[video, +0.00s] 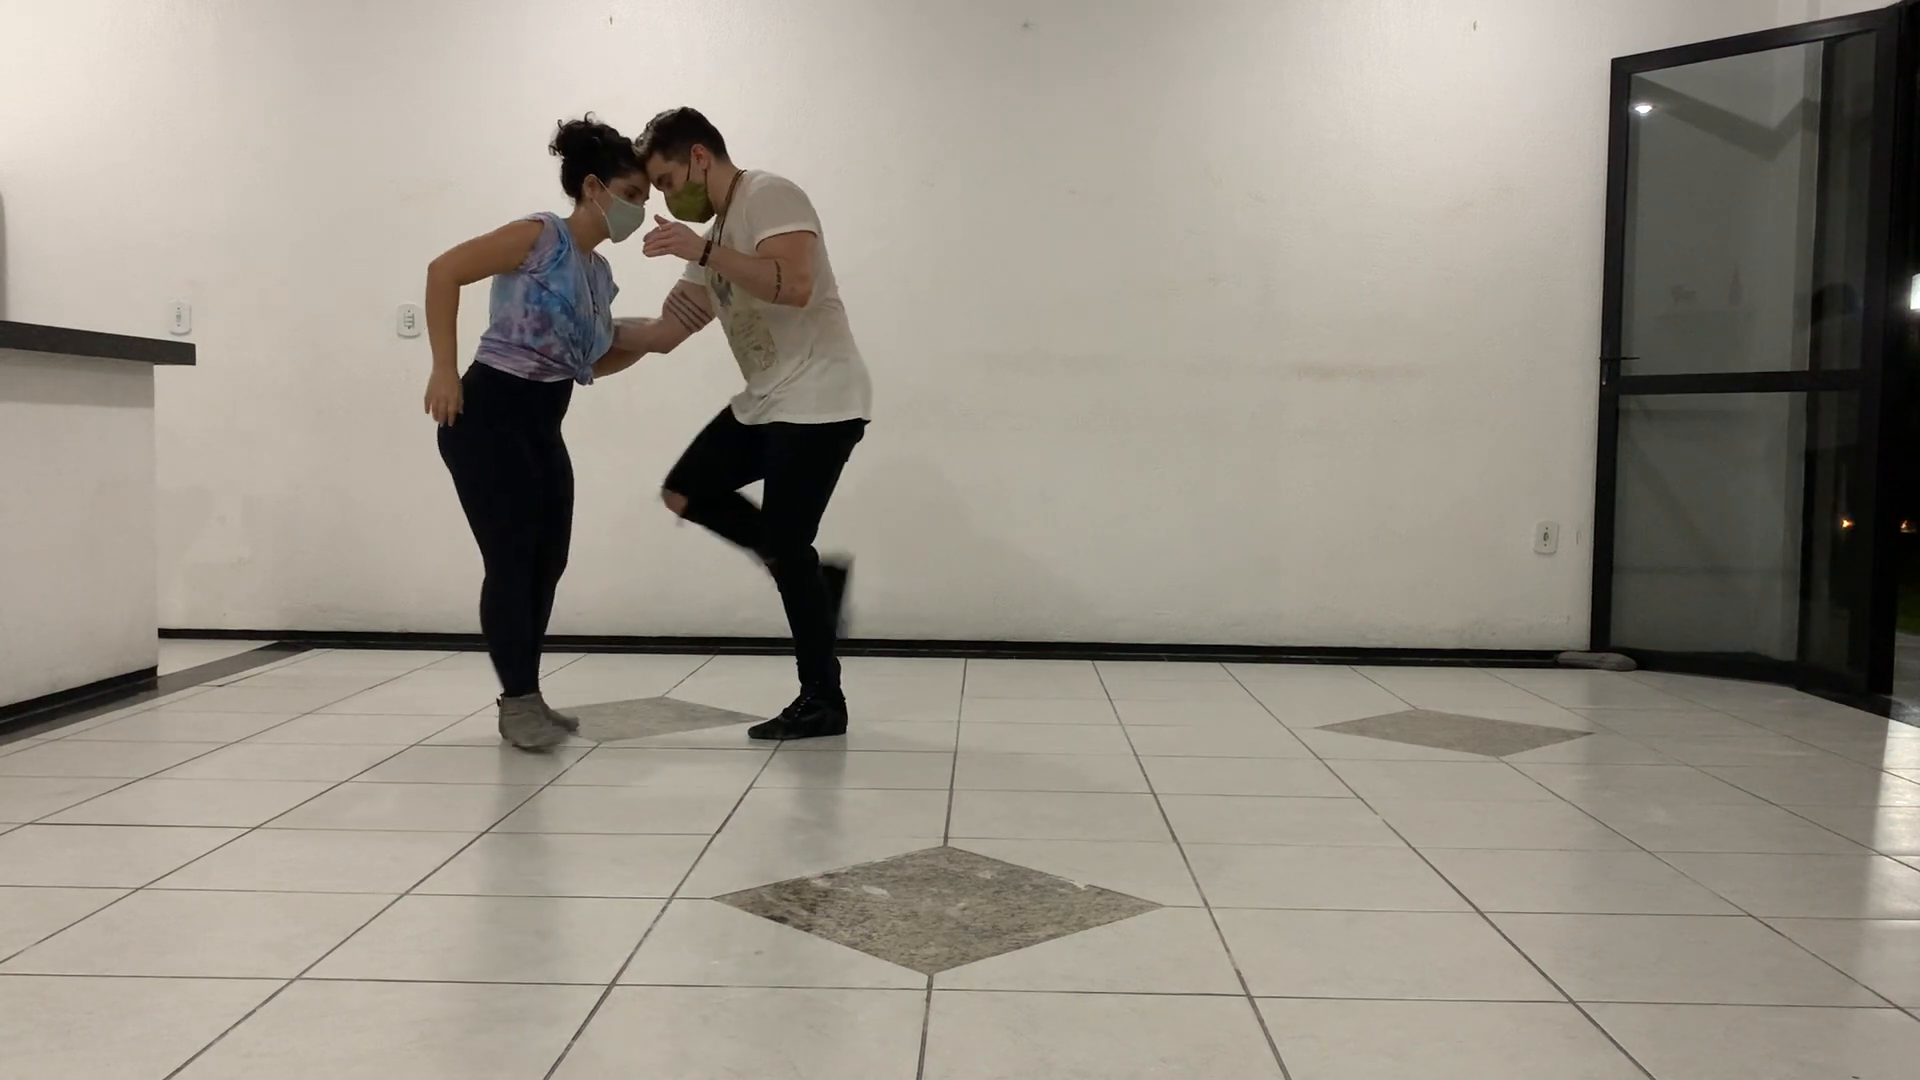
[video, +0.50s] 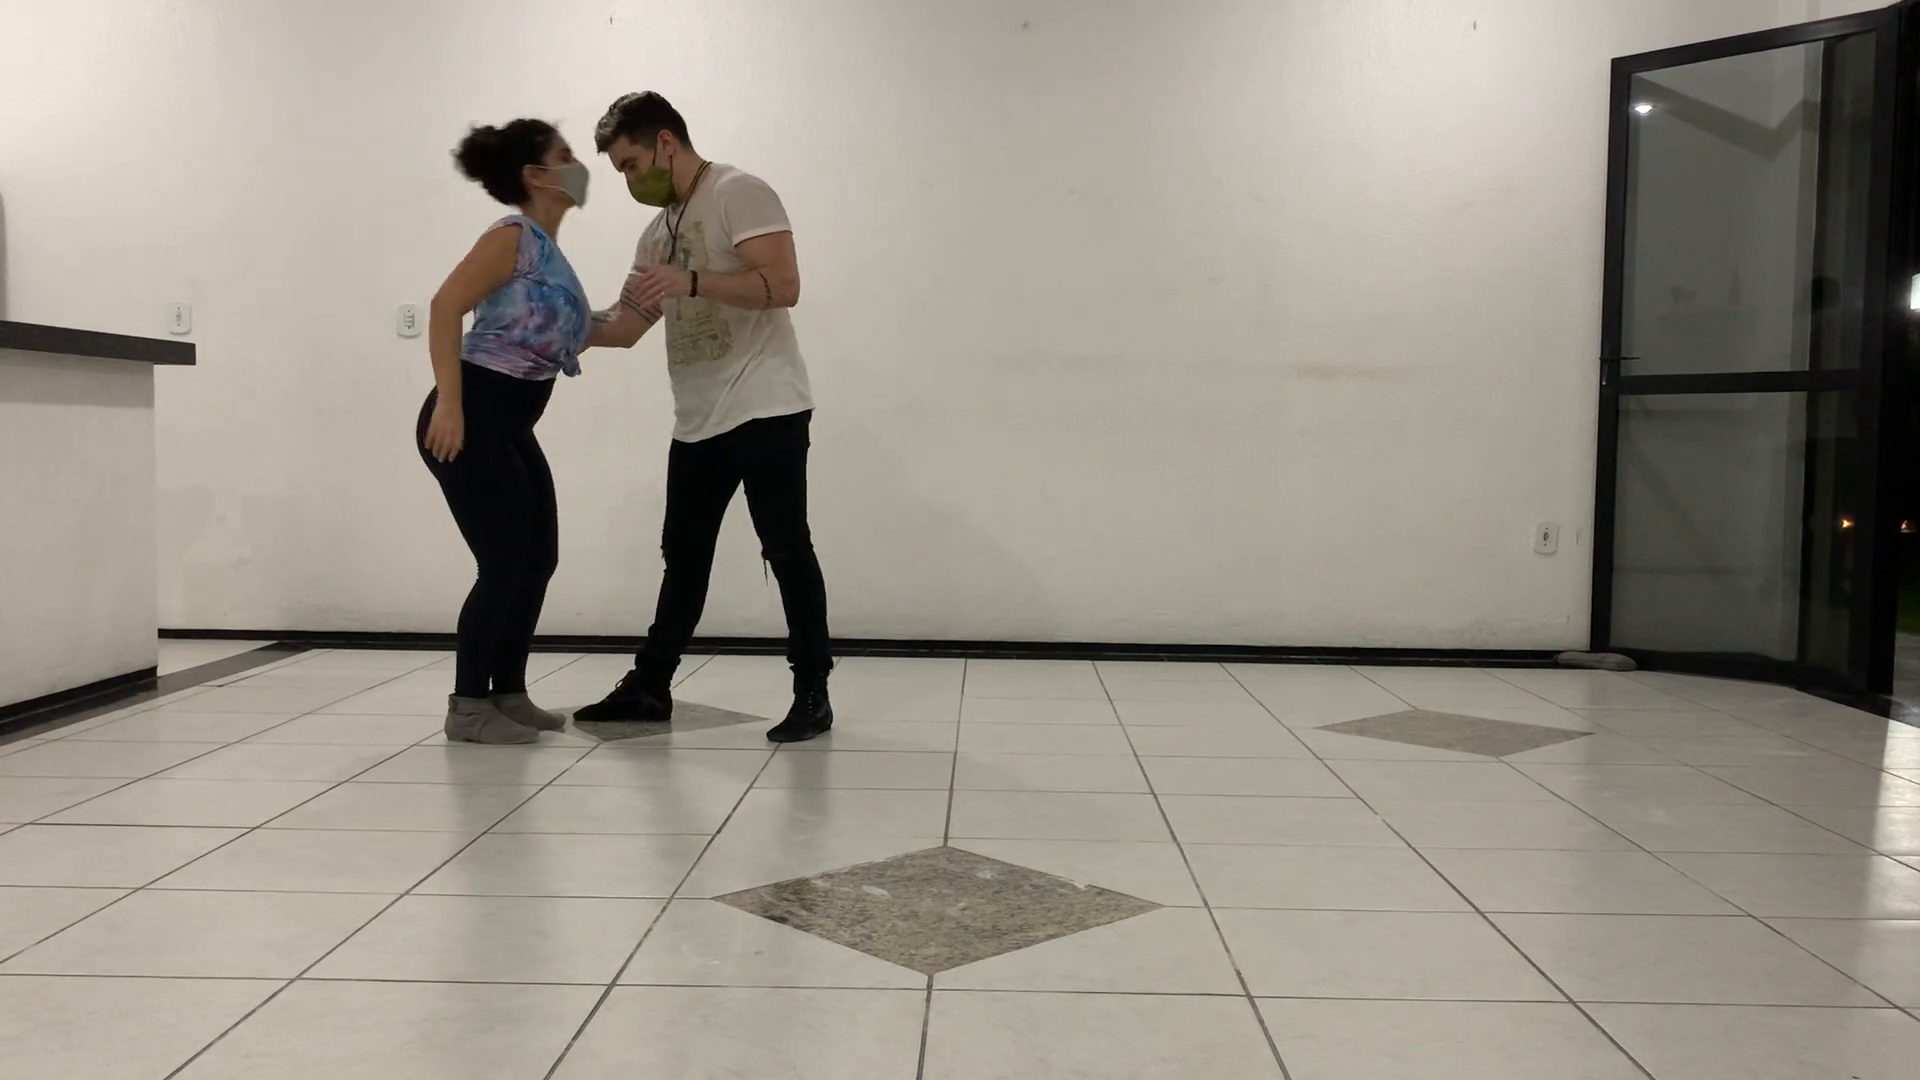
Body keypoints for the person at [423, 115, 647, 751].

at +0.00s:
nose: (641, 208)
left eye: (644, 196)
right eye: (633, 194)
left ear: (617, 194)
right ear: (593, 189)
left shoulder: (596, 278)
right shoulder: (540, 237)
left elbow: (590, 363)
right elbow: (444, 272)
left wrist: (657, 334)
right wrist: (445, 370)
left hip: (539, 422)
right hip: (487, 411)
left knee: (547, 557)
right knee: (512, 552)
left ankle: (524, 696)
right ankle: (517, 701)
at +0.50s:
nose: (579, 163)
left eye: (573, 153)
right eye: (565, 157)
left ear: (543, 175)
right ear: (534, 176)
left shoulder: (549, 261)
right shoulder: (512, 238)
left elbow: (620, 333)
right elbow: (445, 305)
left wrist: (658, 284)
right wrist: (448, 402)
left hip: (512, 419)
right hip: (472, 413)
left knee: (538, 552)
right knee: (506, 556)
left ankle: (506, 694)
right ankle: (469, 705)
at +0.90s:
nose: (498, 170)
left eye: (492, 160)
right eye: (486, 163)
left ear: (458, 182)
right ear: (454, 181)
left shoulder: (487, 248)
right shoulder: (453, 254)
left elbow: (545, 324)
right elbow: (465, 347)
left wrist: (619, 301)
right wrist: (543, 405)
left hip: (526, 417)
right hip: (491, 421)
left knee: (550, 558)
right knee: (526, 563)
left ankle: (507, 693)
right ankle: (474, 705)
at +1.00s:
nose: (494, 177)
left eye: (490, 167)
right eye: (483, 169)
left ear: (451, 185)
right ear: (449, 183)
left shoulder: (478, 248)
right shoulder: (447, 257)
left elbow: (536, 324)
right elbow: (469, 343)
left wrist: (620, 300)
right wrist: (566, 386)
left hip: (525, 417)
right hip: (492, 420)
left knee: (552, 558)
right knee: (526, 563)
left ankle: (508, 693)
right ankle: (474, 705)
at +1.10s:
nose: (492, 180)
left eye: (488, 169)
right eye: (481, 171)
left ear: (448, 185)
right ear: (446, 185)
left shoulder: (473, 250)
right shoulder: (443, 257)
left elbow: (543, 319)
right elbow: (477, 337)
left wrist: (620, 295)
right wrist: (573, 359)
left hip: (523, 417)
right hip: (493, 420)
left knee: (552, 558)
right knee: (527, 564)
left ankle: (509, 693)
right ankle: (474, 705)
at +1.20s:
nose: (491, 180)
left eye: (487, 169)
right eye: (480, 171)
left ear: (446, 185)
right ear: (446, 183)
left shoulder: (466, 250)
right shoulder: (440, 253)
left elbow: (541, 314)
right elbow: (476, 322)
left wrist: (619, 286)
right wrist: (575, 339)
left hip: (520, 416)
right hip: (492, 419)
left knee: (552, 557)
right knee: (529, 563)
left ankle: (509, 693)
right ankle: (474, 704)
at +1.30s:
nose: (494, 182)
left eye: (491, 170)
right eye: (484, 172)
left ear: (449, 185)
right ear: (448, 183)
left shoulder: (467, 250)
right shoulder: (439, 250)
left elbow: (543, 306)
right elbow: (479, 306)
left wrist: (620, 279)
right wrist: (569, 319)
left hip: (515, 415)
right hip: (491, 418)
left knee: (551, 556)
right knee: (529, 563)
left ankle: (508, 692)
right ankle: (475, 704)